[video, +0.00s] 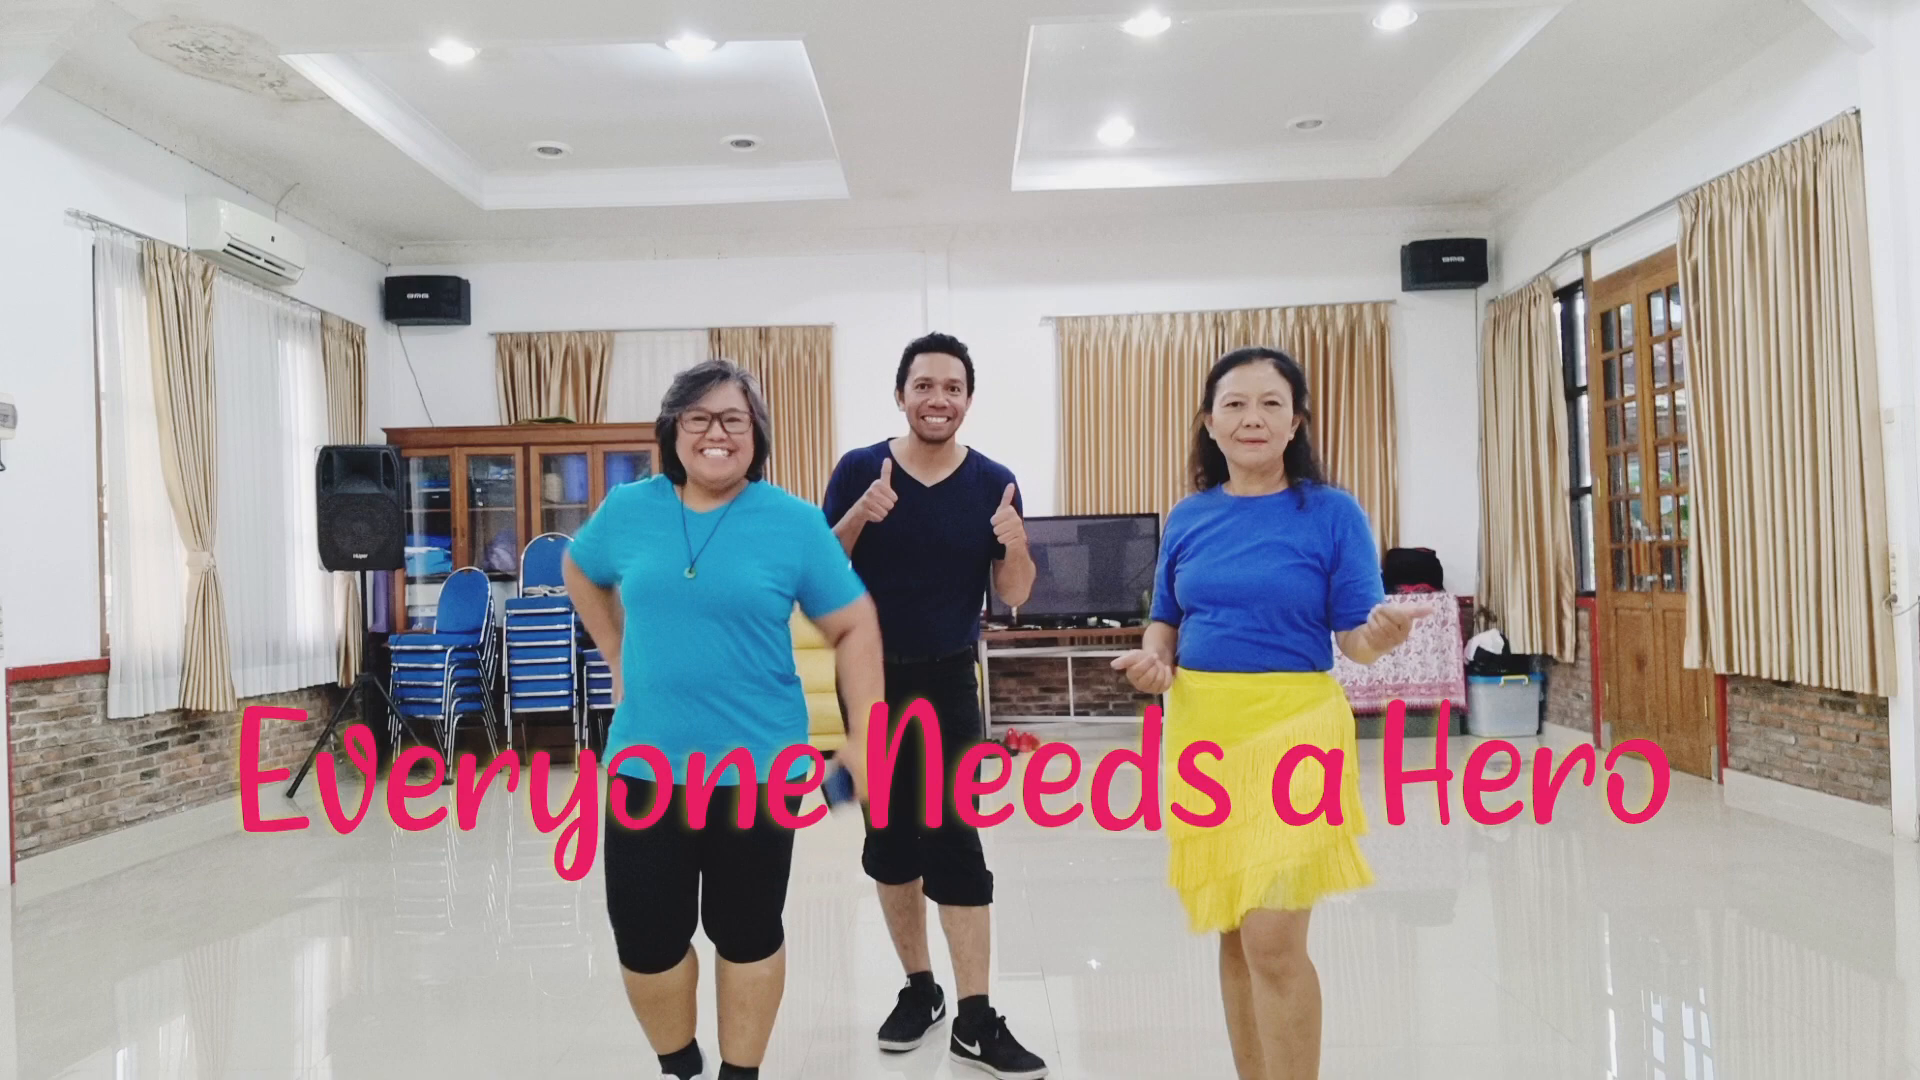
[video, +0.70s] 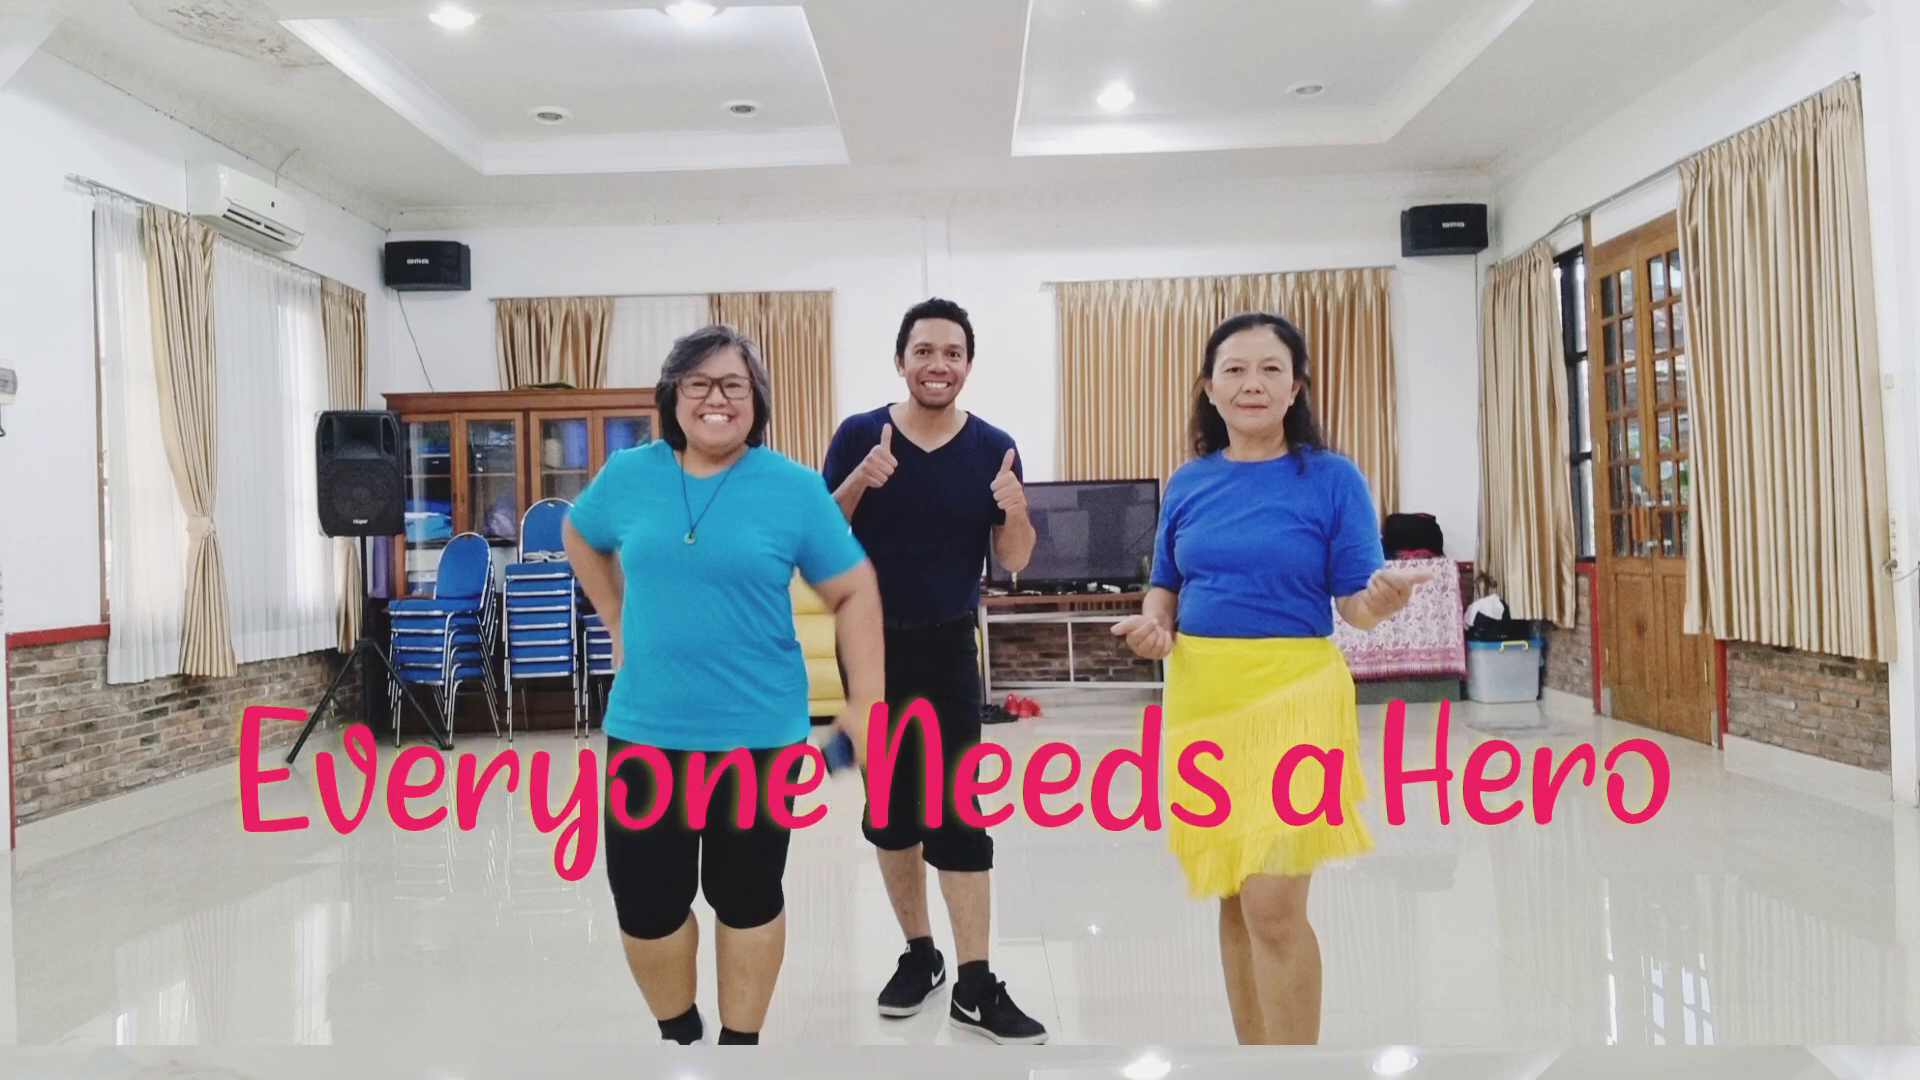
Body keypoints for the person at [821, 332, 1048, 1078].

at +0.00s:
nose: (938, 400)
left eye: (952, 388)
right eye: (924, 386)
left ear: (968, 399)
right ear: (900, 396)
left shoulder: (992, 483)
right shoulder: (858, 472)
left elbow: (1014, 595)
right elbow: (813, 570)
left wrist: (1015, 548)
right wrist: (854, 520)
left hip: (950, 676)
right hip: (872, 676)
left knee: (957, 841)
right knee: (892, 840)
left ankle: (975, 1014)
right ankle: (919, 990)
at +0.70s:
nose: (938, 365)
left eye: (952, 354)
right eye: (924, 352)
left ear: (968, 365)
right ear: (901, 362)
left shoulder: (992, 448)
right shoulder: (858, 438)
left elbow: (1014, 562)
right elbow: (813, 535)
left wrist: (1015, 514)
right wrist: (854, 485)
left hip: (950, 644)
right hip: (872, 643)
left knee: (959, 809)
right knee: (892, 810)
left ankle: (975, 980)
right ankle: (919, 955)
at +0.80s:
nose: (938, 283)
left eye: (952, 271)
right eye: (924, 270)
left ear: (968, 283)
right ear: (900, 280)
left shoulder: (991, 366)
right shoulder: (858, 355)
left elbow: (1014, 479)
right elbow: (813, 453)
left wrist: (1015, 431)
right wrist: (854, 403)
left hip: (949, 562)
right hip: (870, 560)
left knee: (957, 723)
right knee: (890, 718)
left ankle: (975, 896)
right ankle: (918, 870)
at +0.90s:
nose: (939, 123)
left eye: (952, 112)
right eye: (925, 110)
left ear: (968, 124)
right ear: (901, 119)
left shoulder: (990, 206)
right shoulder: (859, 195)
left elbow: (1013, 321)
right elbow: (813, 292)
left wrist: (1015, 272)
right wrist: (855, 242)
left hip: (949, 405)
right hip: (872, 403)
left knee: (955, 570)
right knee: (893, 567)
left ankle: (978, 735)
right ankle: (919, 712)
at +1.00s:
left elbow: (1015, 52)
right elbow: (825, 31)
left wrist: (1015, 6)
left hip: (948, 130)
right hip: (870, 128)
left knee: (956, 302)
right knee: (890, 297)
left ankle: (975, 475)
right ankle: (919, 448)